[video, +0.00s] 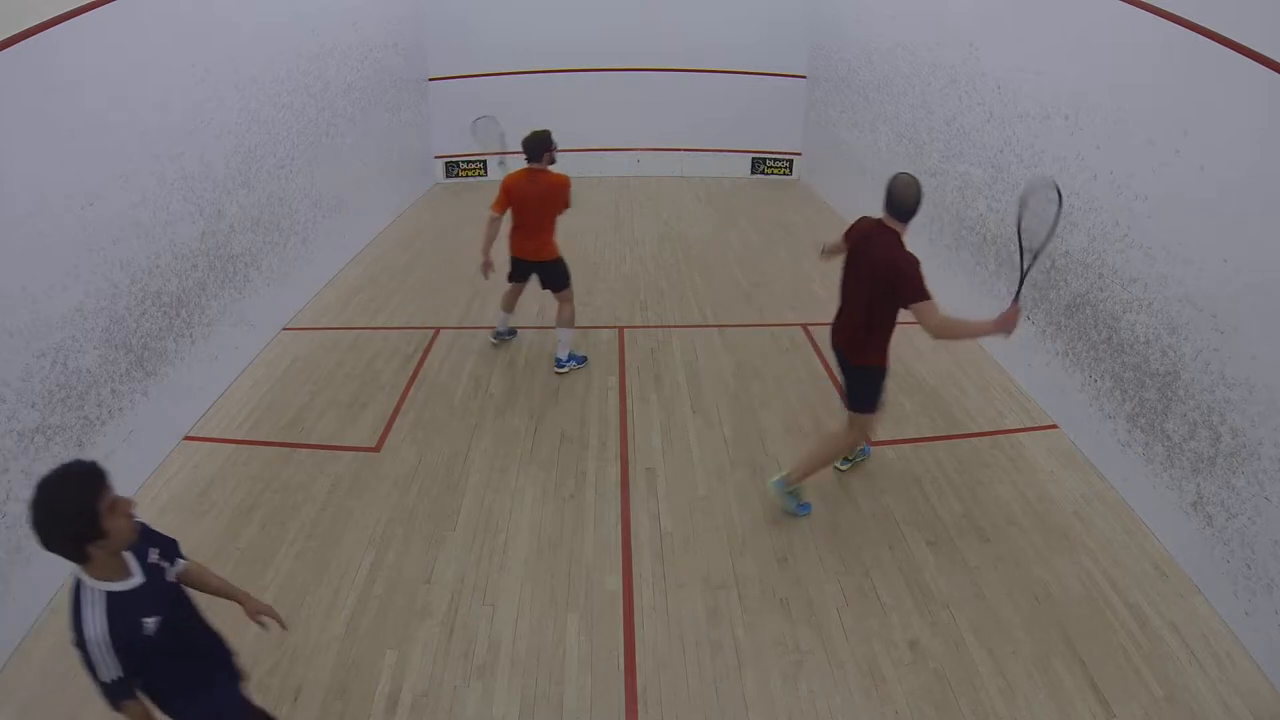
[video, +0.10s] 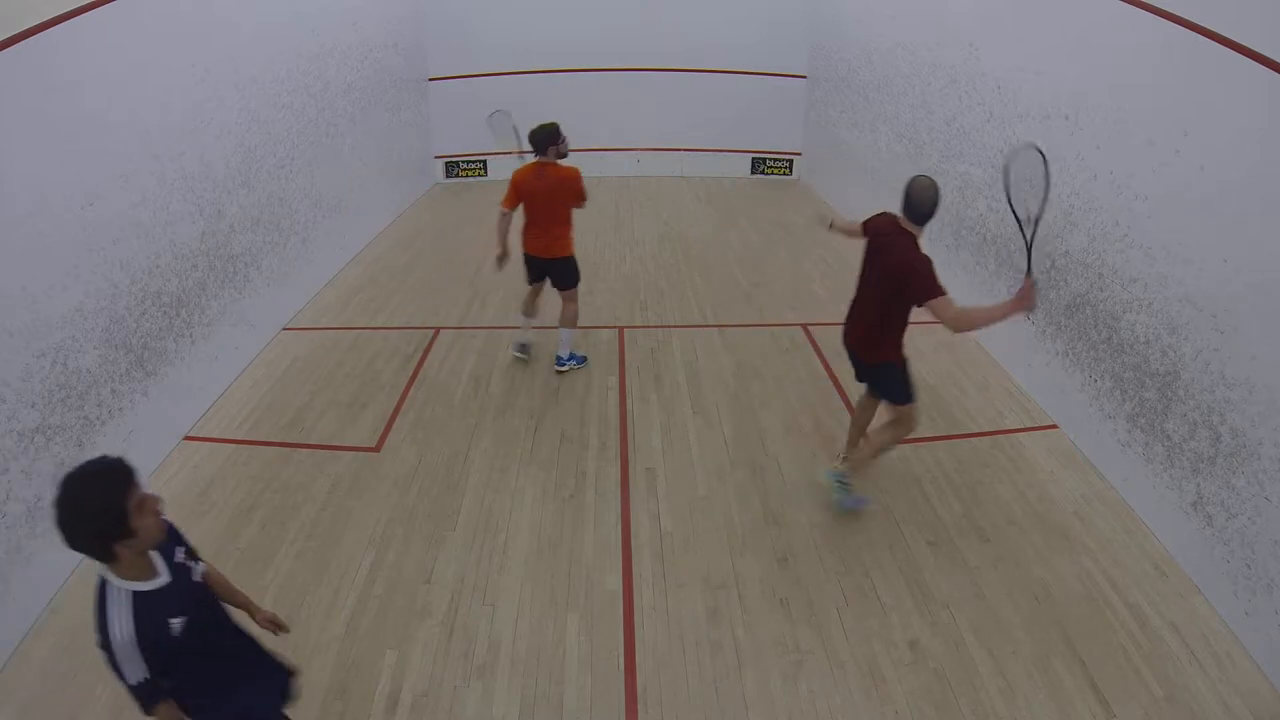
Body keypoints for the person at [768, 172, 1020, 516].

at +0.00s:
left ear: (885, 200)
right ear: (916, 210)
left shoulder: (864, 227)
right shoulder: (903, 263)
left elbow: (834, 248)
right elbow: (937, 326)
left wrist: (829, 249)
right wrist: (996, 326)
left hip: (842, 335)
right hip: (865, 355)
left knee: (860, 395)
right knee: (856, 429)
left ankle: (854, 449)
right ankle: (788, 482)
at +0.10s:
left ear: (904, 202)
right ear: (933, 213)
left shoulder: (883, 223)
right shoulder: (915, 264)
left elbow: (852, 229)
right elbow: (957, 321)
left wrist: (834, 222)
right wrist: (1016, 305)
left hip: (856, 332)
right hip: (881, 351)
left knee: (873, 392)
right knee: (904, 421)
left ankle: (846, 459)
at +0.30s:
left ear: (933, 204)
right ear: (965, 215)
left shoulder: (906, 228)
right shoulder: (961, 268)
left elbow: (866, 241)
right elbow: (1011, 299)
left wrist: (842, 234)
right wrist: (1040, 283)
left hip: (885, 341)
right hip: (923, 356)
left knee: (879, 389)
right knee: (929, 422)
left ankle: (848, 452)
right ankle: (915, 494)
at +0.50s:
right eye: (961, 191)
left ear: (935, 198)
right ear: (969, 200)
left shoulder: (920, 240)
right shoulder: (977, 236)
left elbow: (895, 267)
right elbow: (951, 249)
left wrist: (913, 231)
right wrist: (927, 230)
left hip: (914, 339)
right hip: (955, 348)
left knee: (889, 377)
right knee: (939, 423)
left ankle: (868, 428)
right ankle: (922, 492)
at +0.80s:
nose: (893, 203)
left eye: (896, 200)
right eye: (895, 199)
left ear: (901, 209)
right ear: (929, 209)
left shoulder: (934, 258)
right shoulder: (913, 239)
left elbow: (950, 329)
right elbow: (905, 297)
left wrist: (906, 324)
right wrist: (884, 336)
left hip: (925, 355)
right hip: (944, 349)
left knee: (873, 405)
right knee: (943, 420)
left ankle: (867, 483)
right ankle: (948, 500)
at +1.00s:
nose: (851, 198)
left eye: (856, 195)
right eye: (855, 193)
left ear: (867, 205)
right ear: (883, 204)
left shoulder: (896, 254)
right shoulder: (873, 233)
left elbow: (917, 329)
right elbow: (881, 292)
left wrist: (878, 365)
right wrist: (863, 329)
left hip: (891, 358)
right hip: (875, 346)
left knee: (863, 421)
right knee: (887, 410)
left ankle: (873, 490)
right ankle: (926, 465)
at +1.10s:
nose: (828, 191)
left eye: (832, 187)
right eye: (831, 186)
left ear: (841, 196)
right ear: (860, 197)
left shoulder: (869, 245)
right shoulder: (853, 229)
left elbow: (873, 321)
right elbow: (858, 284)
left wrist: (841, 370)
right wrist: (840, 308)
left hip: (874, 351)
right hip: (856, 340)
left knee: (863, 419)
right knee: (834, 397)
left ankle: (874, 490)